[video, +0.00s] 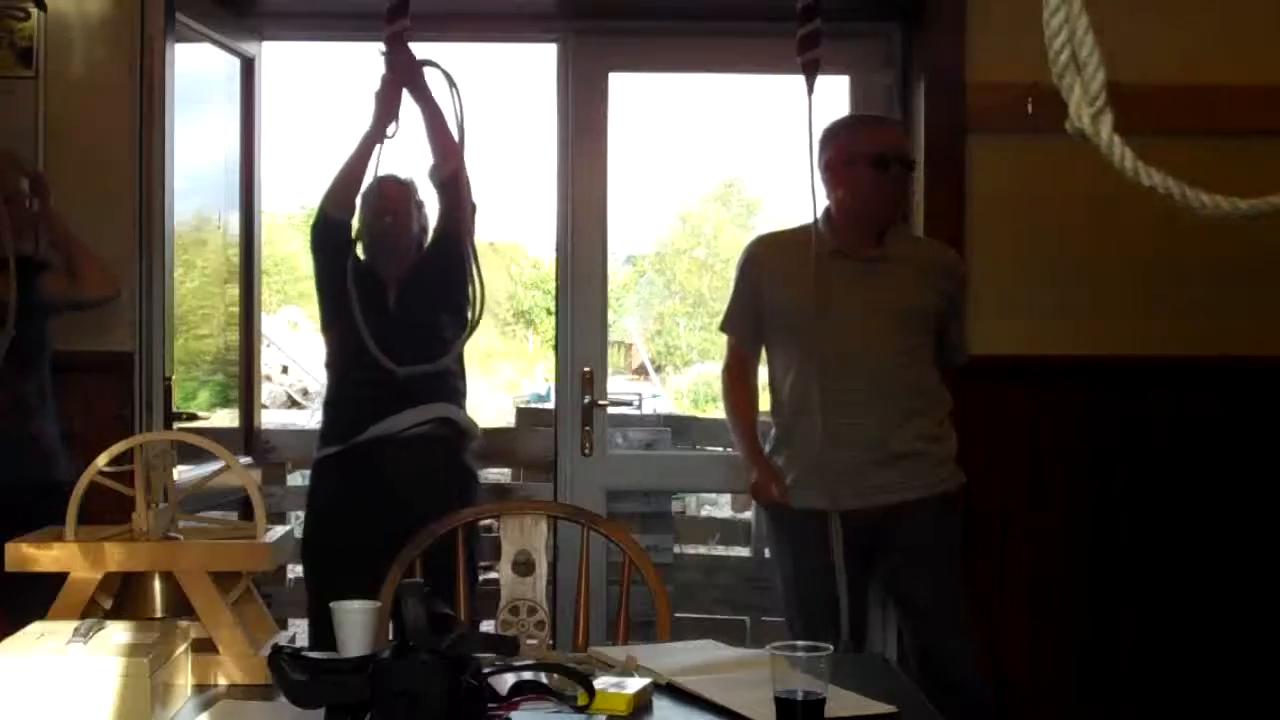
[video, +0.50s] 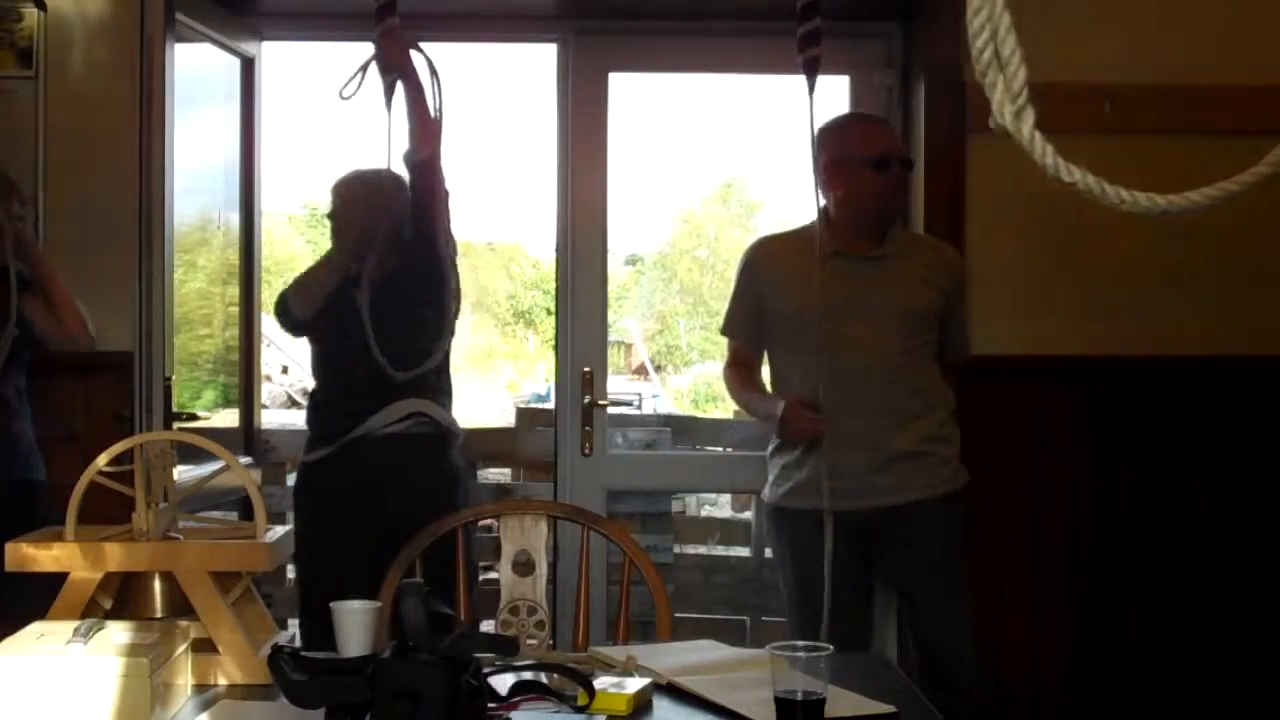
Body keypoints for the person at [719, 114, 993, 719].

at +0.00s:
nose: (904, 180)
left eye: (907, 168)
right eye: (886, 166)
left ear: (911, 177)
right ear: (834, 174)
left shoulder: (938, 267)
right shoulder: (769, 260)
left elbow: (958, 377)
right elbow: (738, 366)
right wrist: (755, 458)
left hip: (920, 499)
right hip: (809, 504)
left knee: (947, 671)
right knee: (823, 668)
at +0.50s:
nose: (900, 179)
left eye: (903, 167)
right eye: (882, 166)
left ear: (907, 173)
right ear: (829, 177)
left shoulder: (938, 264)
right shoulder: (769, 261)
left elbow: (956, 373)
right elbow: (739, 371)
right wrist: (773, 411)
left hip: (921, 496)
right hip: (811, 502)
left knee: (946, 669)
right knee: (829, 668)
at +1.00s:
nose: (878, 180)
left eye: (886, 166)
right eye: (863, 166)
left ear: (905, 176)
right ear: (833, 176)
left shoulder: (950, 262)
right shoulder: (780, 266)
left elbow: (983, 376)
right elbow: (752, 390)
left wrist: (973, 452)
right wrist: (822, 393)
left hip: (925, 504)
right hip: (817, 504)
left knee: (941, 673)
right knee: (825, 669)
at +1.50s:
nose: (981, 193)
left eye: (993, 179)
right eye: (965, 178)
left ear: (1006, 187)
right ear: (928, 181)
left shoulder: (1022, 284)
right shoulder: (872, 240)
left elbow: (1037, 411)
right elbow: (767, 312)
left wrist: (974, 503)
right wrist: (780, 260)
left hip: (960, 525)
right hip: (856, 510)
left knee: (959, 690)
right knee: (854, 681)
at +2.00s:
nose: (939, 167)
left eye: (953, 154)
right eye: (921, 155)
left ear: (970, 169)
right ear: (892, 172)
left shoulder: (1006, 261)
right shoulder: (847, 254)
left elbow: (1052, 381)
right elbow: (767, 337)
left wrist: (1088, 486)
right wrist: (688, 344)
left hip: (969, 509)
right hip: (860, 504)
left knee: (972, 686)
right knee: (863, 682)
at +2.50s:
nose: (899, 167)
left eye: (912, 155)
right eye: (882, 157)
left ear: (928, 171)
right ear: (854, 175)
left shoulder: (973, 255)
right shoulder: (817, 265)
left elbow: (1006, 379)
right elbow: (801, 390)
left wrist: (1008, 491)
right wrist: (751, 373)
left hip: (949, 505)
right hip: (842, 505)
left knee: (954, 676)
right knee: (857, 676)